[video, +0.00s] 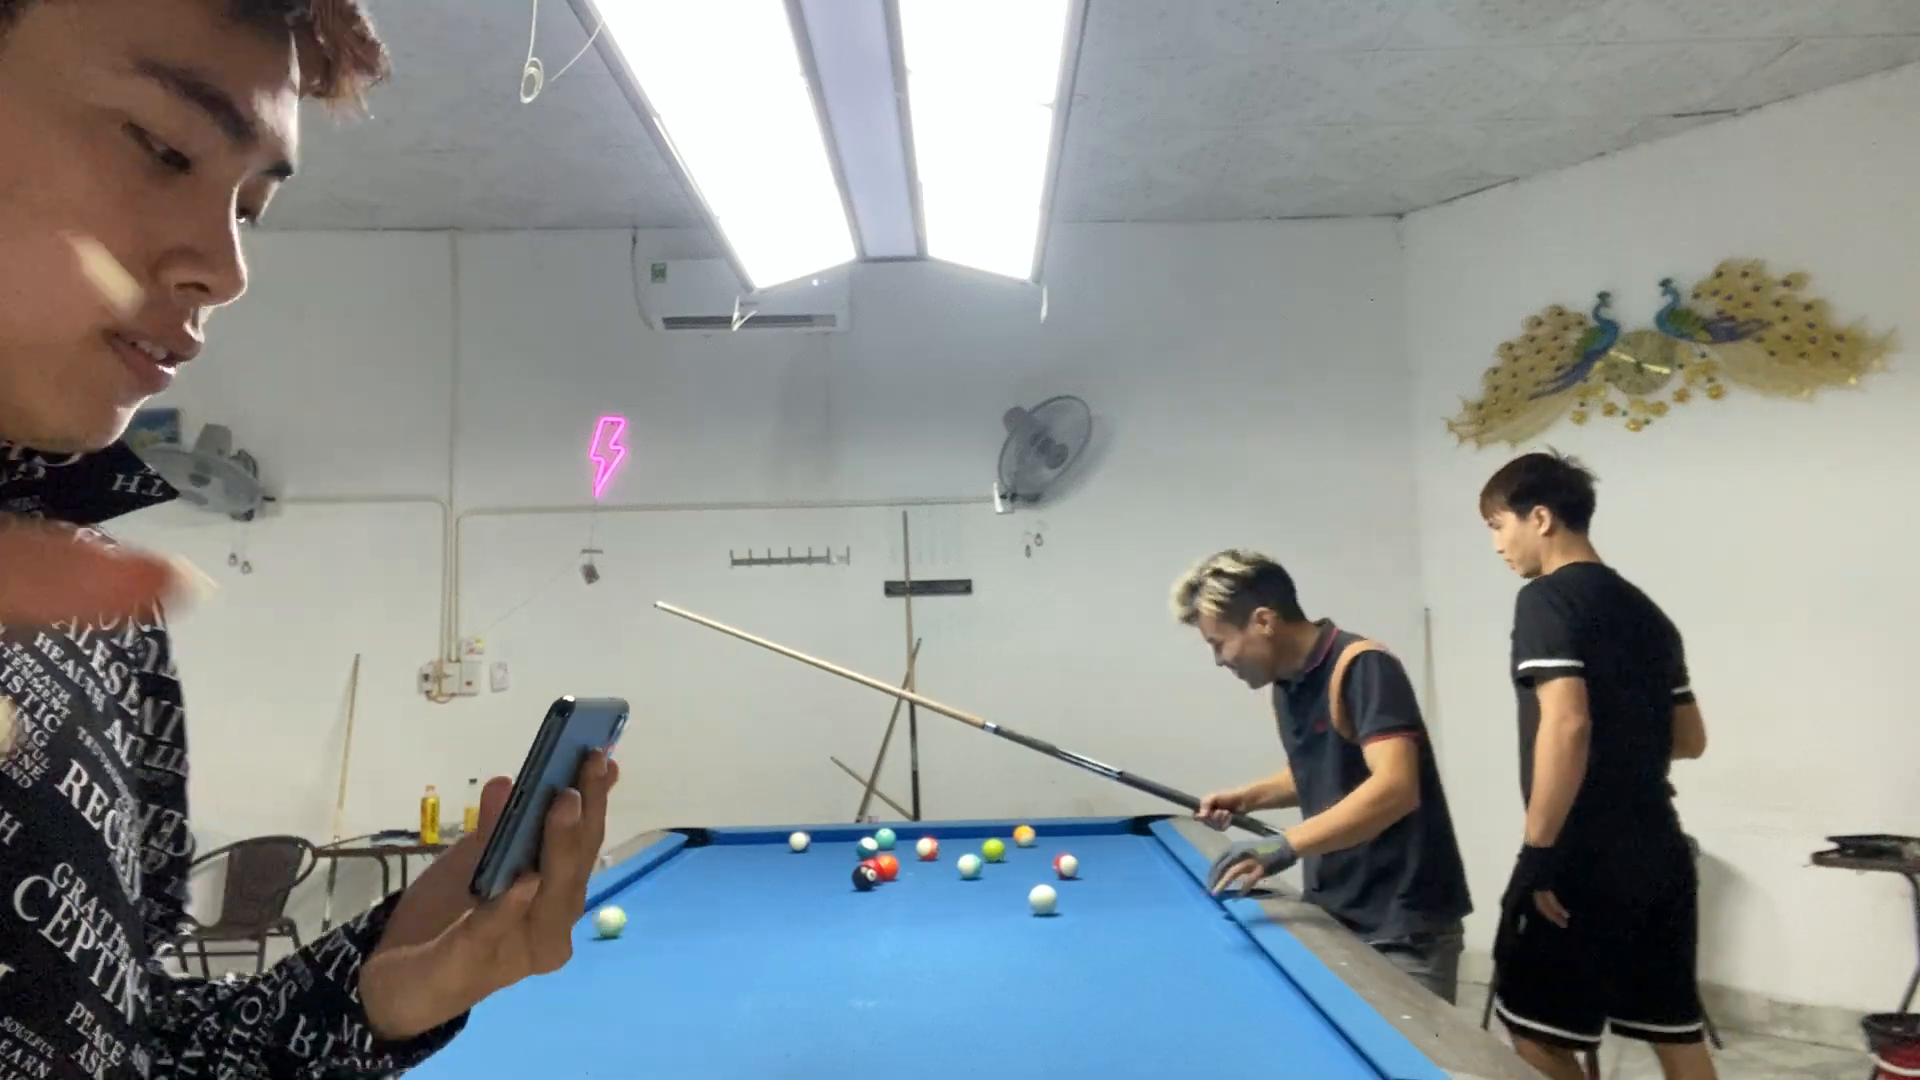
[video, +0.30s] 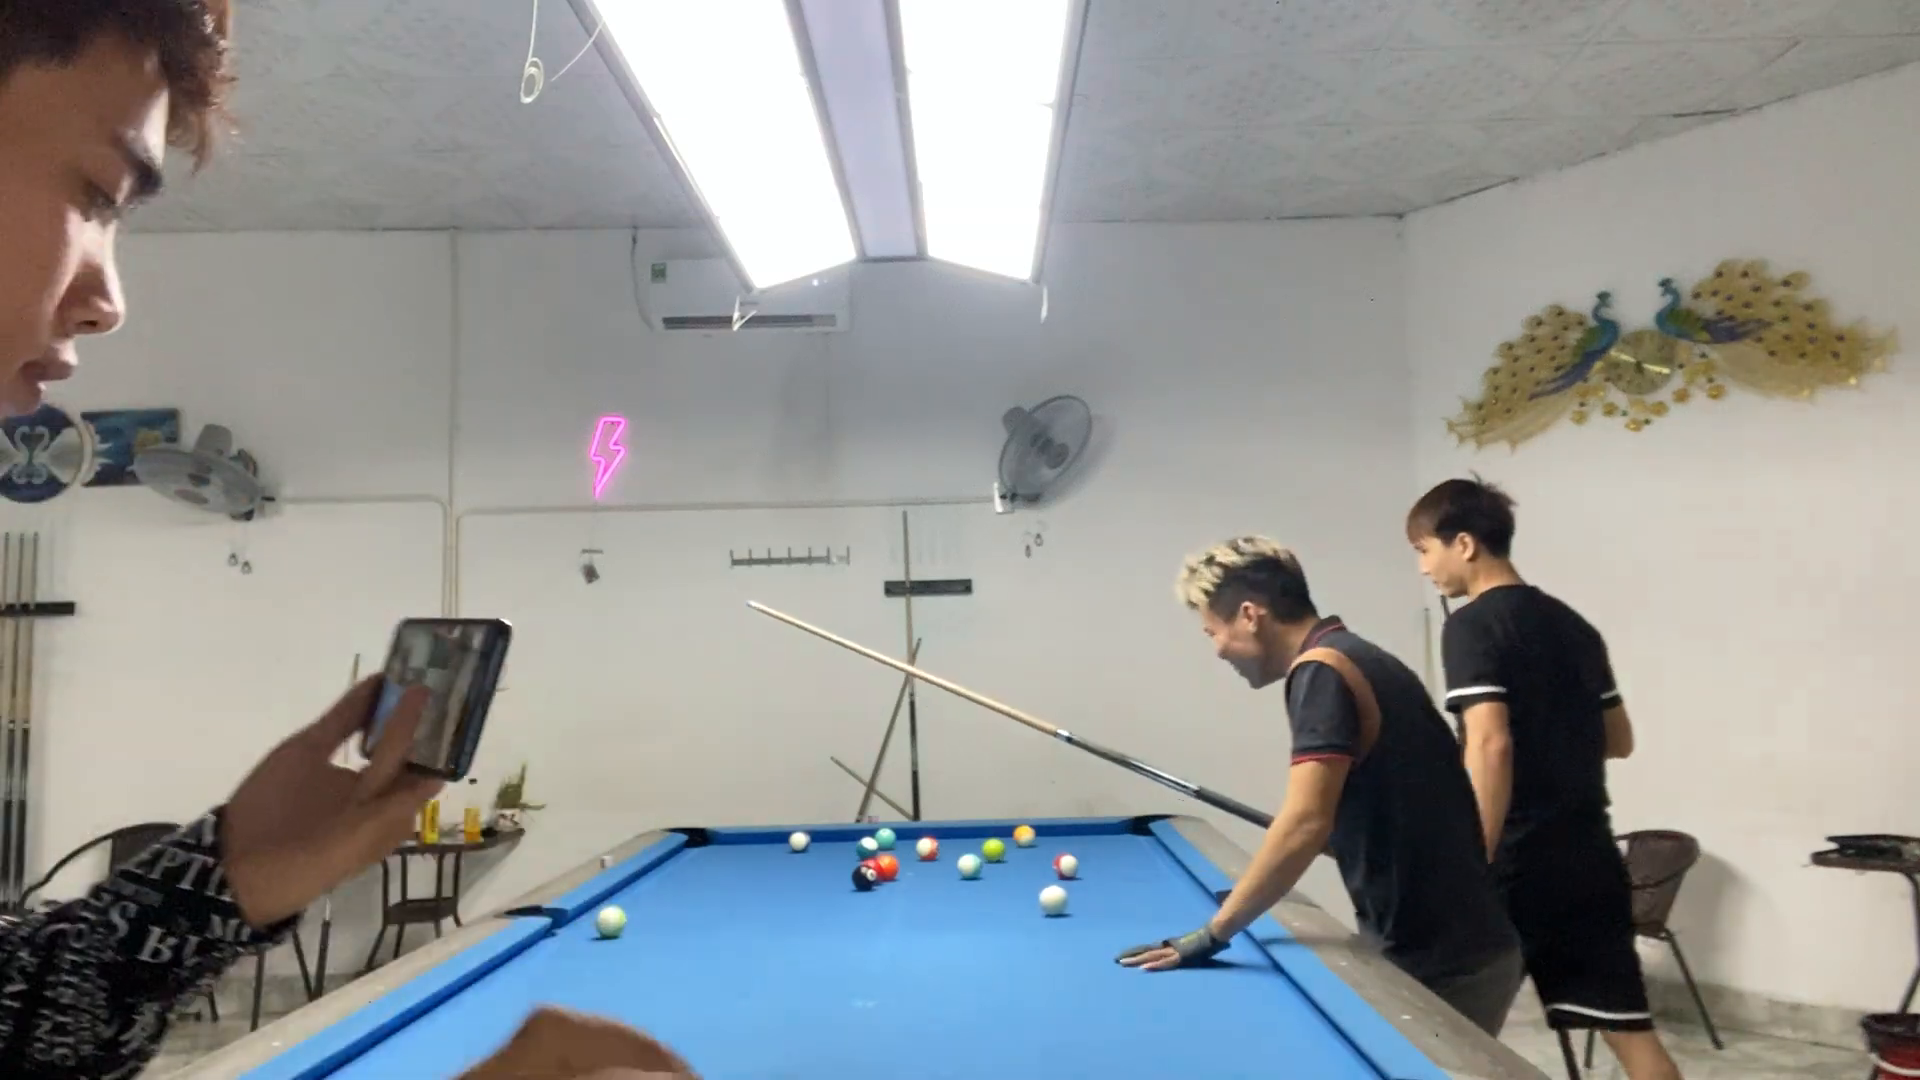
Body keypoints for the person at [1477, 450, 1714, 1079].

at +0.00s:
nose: (1496, 545)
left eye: (1498, 526)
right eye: (1491, 530)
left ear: (1542, 517)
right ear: (1560, 518)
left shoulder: (1545, 600)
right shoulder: (1649, 612)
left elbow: (1568, 724)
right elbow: (1688, 737)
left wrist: (1536, 855)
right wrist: (1599, 742)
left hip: (1575, 859)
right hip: (1657, 856)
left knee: (1541, 1040)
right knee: (1678, 1035)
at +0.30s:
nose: (1421, 568)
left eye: (1424, 550)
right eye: (1417, 552)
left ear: (1465, 545)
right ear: (1473, 544)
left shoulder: (1472, 625)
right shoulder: (1573, 624)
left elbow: (1491, 746)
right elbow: (1618, 740)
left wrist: (1472, 865)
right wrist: (1531, 735)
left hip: (1514, 867)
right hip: (1589, 858)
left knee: (1454, 1028)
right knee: (1631, 1031)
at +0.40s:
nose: (1388, 573)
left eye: (1391, 555)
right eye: (1384, 557)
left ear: (1434, 550)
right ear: (1441, 550)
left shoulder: (1439, 634)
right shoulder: (1532, 625)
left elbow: (1461, 750)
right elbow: (1579, 737)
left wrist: (1489, 799)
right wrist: (1500, 740)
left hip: (1477, 861)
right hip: (1545, 851)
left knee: (1451, 1020)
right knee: (1587, 1018)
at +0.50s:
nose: (1357, 569)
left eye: (1361, 552)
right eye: (1353, 555)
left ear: (1404, 544)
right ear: (1410, 545)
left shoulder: (1402, 633)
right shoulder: (1496, 618)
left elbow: (1396, 745)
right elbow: (1540, 725)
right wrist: (1447, 724)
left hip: (1442, 852)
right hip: (1509, 844)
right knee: (1534, 1005)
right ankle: (1584, 1073)